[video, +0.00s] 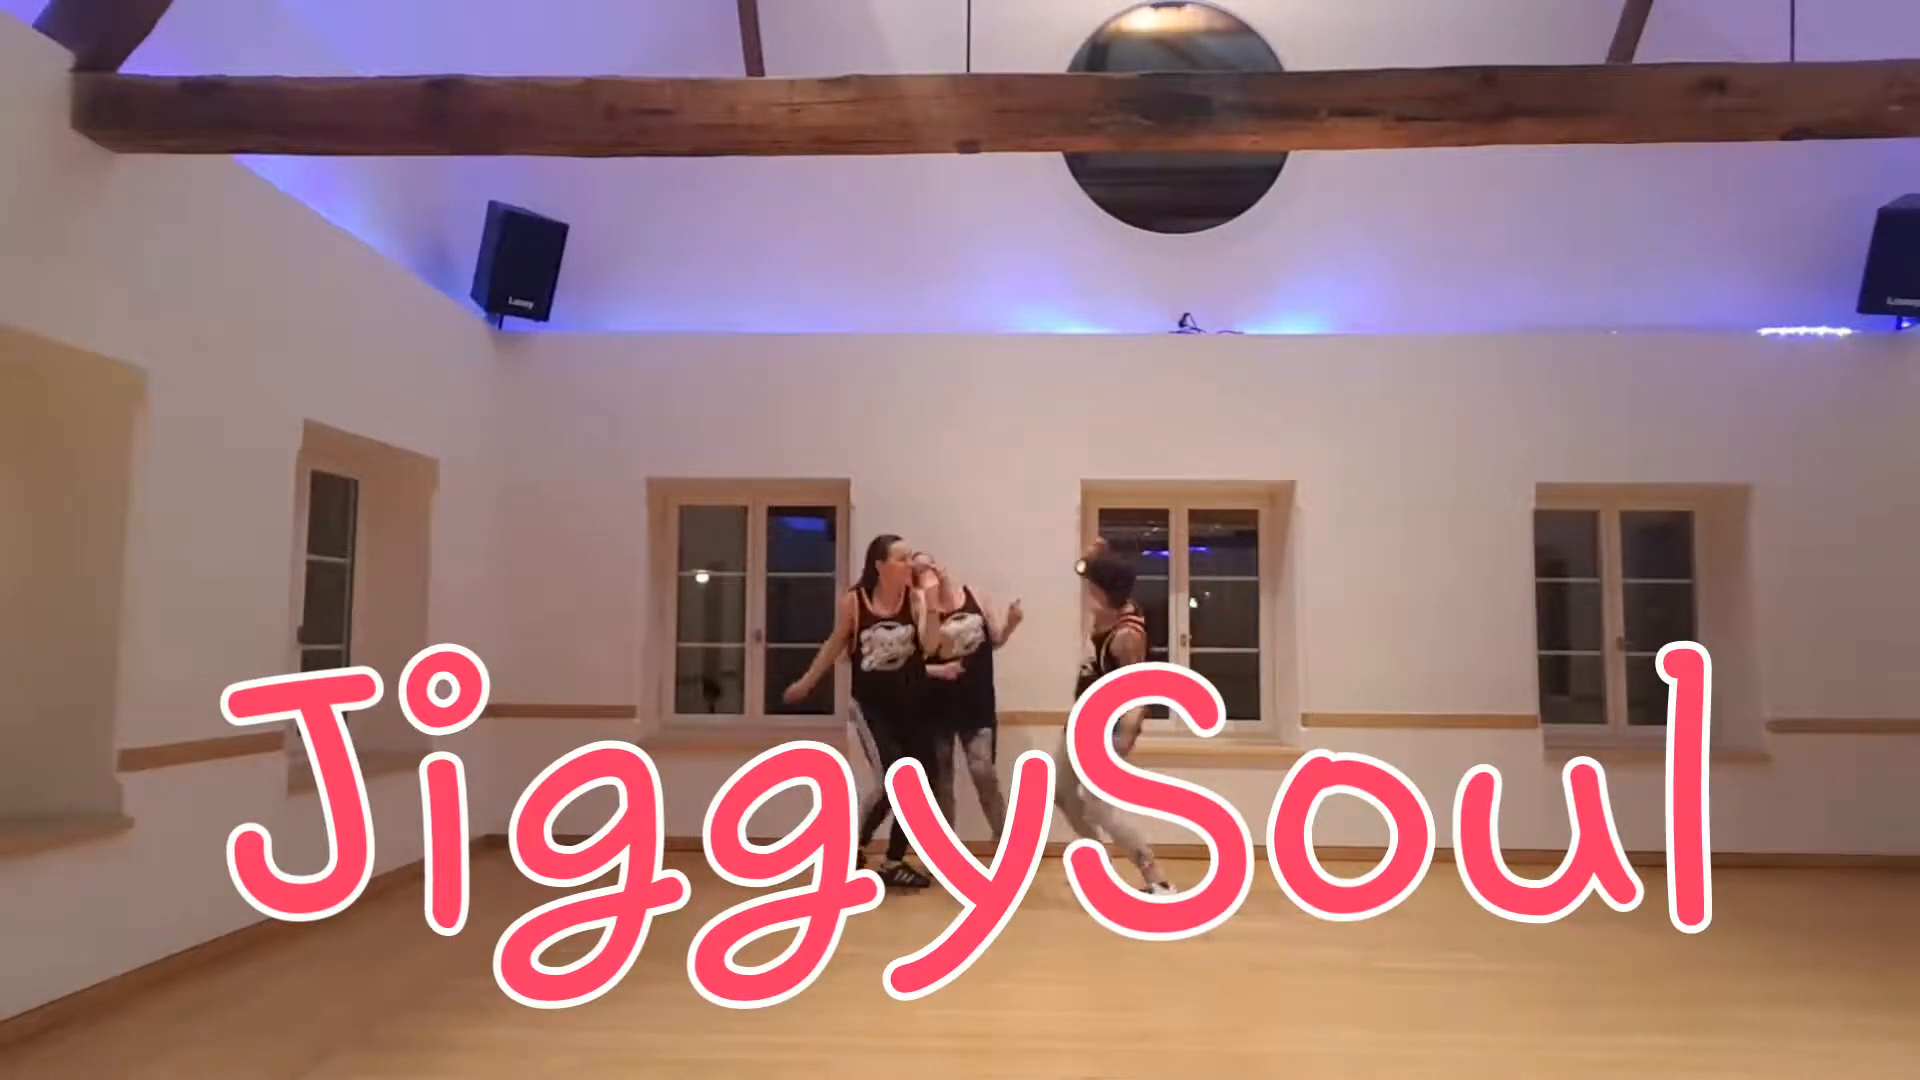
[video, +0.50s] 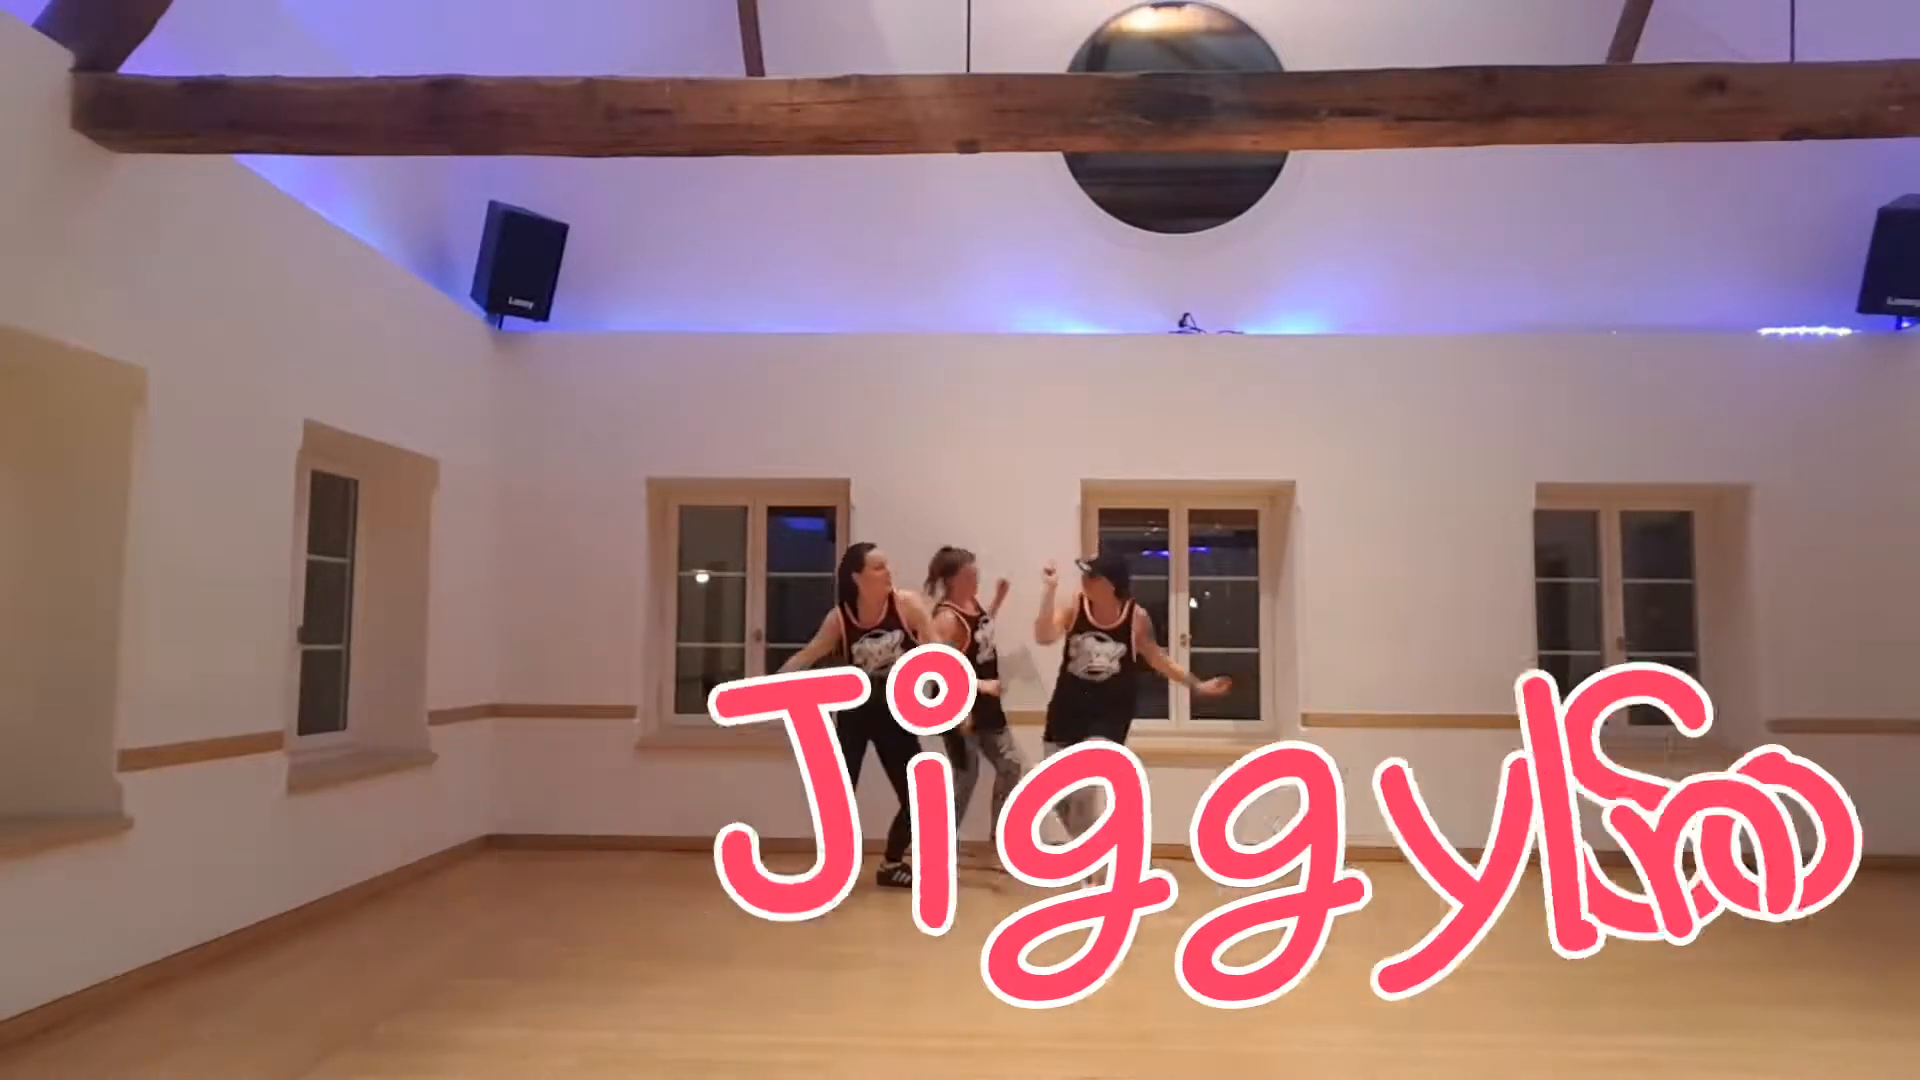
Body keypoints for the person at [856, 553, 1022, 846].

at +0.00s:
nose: (927, 573)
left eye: (928, 566)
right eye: (919, 573)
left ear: (938, 568)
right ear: (914, 585)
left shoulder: (972, 595)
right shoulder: (915, 612)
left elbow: (995, 640)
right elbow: (901, 665)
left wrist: (1010, 623)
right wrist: (936, 670)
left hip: (977, 696)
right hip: (938, 700)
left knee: (982, 771)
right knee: (942, 777)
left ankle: (1004, 838)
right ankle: (945, 844)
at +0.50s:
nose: (976, 579)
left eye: (974, 573)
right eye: (969, 574)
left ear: (967, 577)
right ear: (951, 579)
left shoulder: (970, 603)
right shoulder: (946, 619)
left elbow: (982, 628)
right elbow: (940, 670)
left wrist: (997, 601)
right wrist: (980, 684)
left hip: (987, 704)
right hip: (961, 710)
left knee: (1011, 767)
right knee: (964, 774)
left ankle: (1004, 837)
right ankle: (943, 841)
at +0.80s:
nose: (1001, 581)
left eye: (1005, 575)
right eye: (995, 574)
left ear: (1009, 571)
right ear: (979, 569)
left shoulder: (1005, 593)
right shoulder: (963, 600)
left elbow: (1032, 613)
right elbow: (933, 641)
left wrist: (1041, 580)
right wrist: (954, 683)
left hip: (1004, 690)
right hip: (968, 692)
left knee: (1015, 764)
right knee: (958, 767)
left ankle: (1023, 837)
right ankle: (943, 839)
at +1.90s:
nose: (1006, 561)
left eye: (1013, 556)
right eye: (1002, 556)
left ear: (1026, 562)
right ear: (995, 561)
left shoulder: (1035, 590)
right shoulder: (991, 593)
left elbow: (1030, 612)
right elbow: (973, 634)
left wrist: (991, 597)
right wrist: (934, 638)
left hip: (1022, 694)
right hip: (984, 691)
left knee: (1025, 769)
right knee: (961, 761)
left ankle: (1030, 845)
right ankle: (961, 841)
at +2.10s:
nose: (989, 561)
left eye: (997, 557)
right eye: (984, 555)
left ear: (1008, 565)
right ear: (976, 562)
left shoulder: (1014, 590)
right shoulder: (968, 597)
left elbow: (1019, 616)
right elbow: (946, 635)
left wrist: (1005, 637)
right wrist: (921, 644)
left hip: (1001, 690)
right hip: (961, 690)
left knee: (1028, 762)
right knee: (952, 767)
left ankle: (1033, 842)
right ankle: (948, 844)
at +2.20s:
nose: (981, 566)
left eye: (987, 562)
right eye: (976, 561)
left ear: (996, 570)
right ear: (966, 567)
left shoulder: (1005, 602)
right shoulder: (953, 606)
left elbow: (1017, 643)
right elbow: (931, 647)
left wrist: (1014, 682)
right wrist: (904, 667)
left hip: (992, 701)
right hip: (952, 701)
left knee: (1023, 771)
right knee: (946, 776)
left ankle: (1033, 844)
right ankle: (949, 847)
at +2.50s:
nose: (969, 560)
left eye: (972, 554)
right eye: (961, 555)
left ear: (977, 560)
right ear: (944, 563)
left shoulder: (990, 597)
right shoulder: (931, 605)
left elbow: (1011, 644)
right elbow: (926, 658)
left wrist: (1030, 680)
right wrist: (941, 699)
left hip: (987, 694)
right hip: (947, 696)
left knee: (995, 769)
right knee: (948, 775)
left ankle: (1002, 844)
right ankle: (949, 845)